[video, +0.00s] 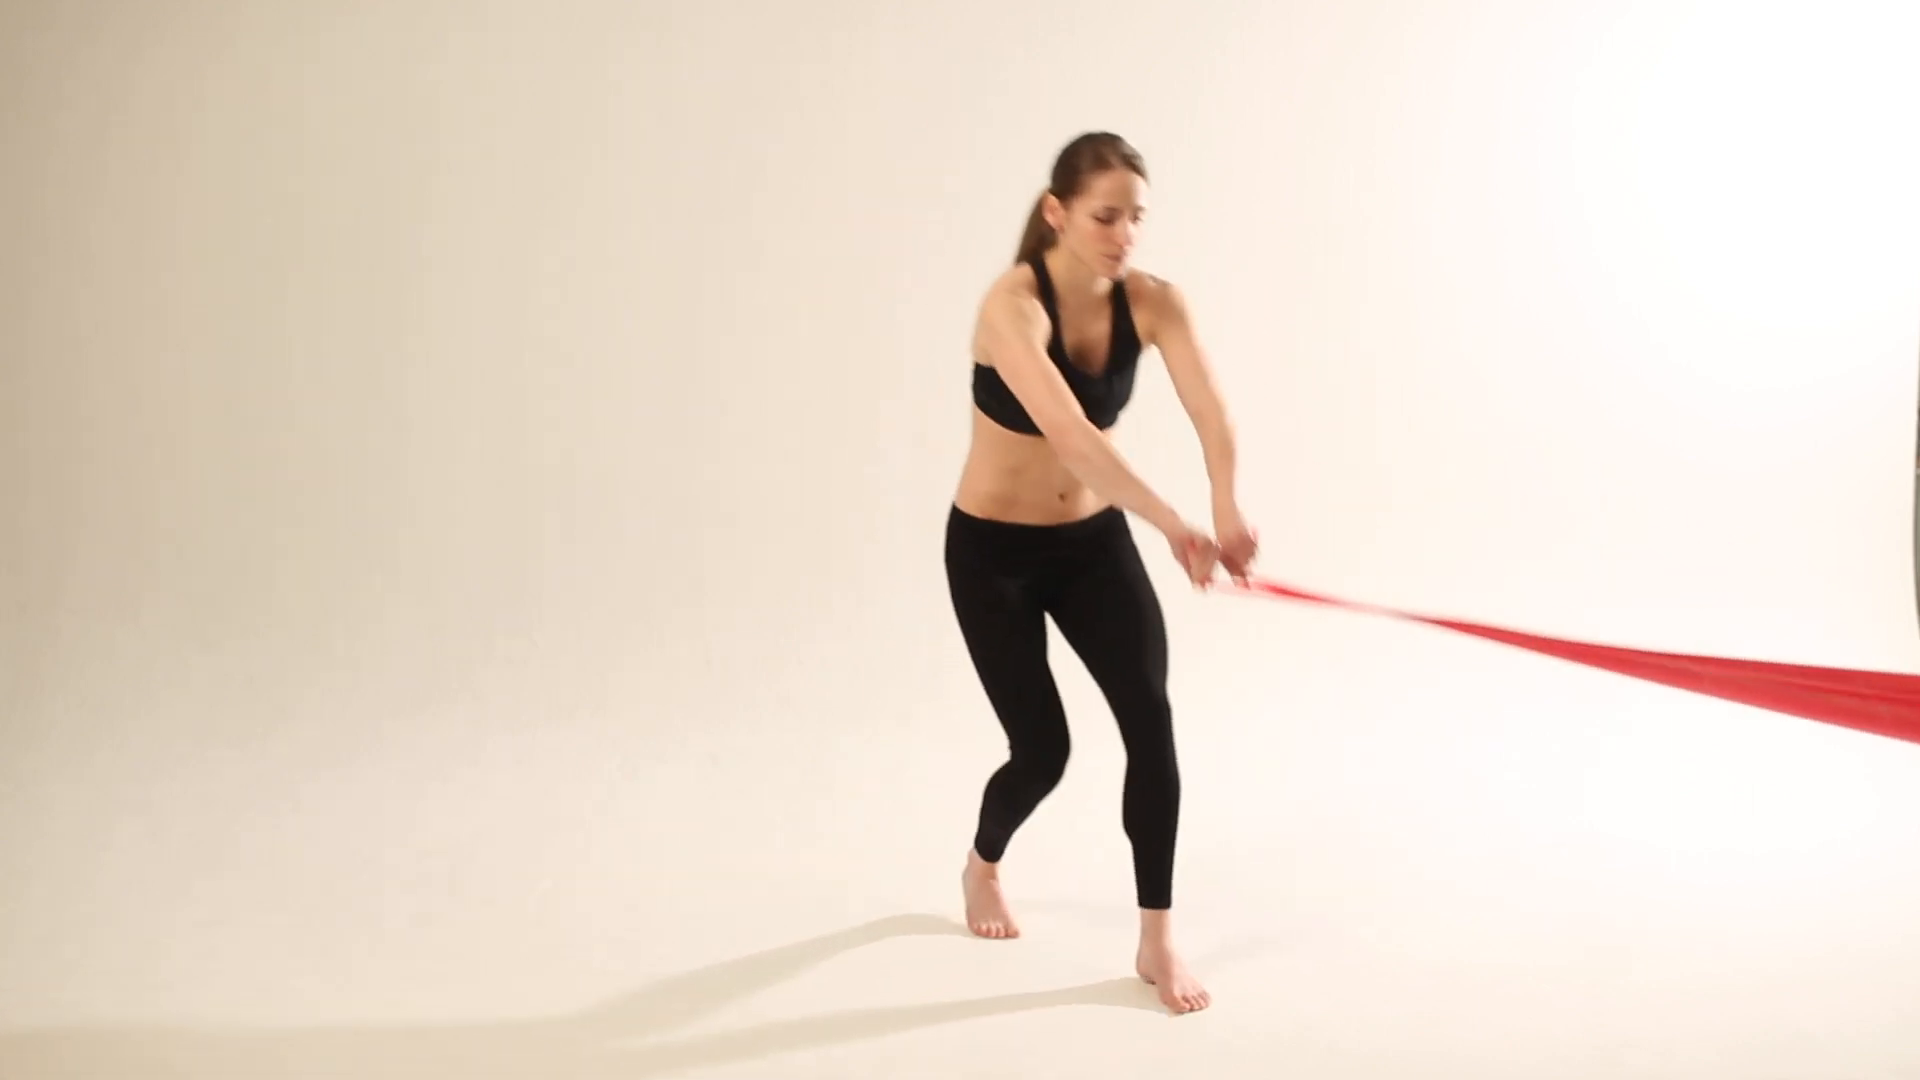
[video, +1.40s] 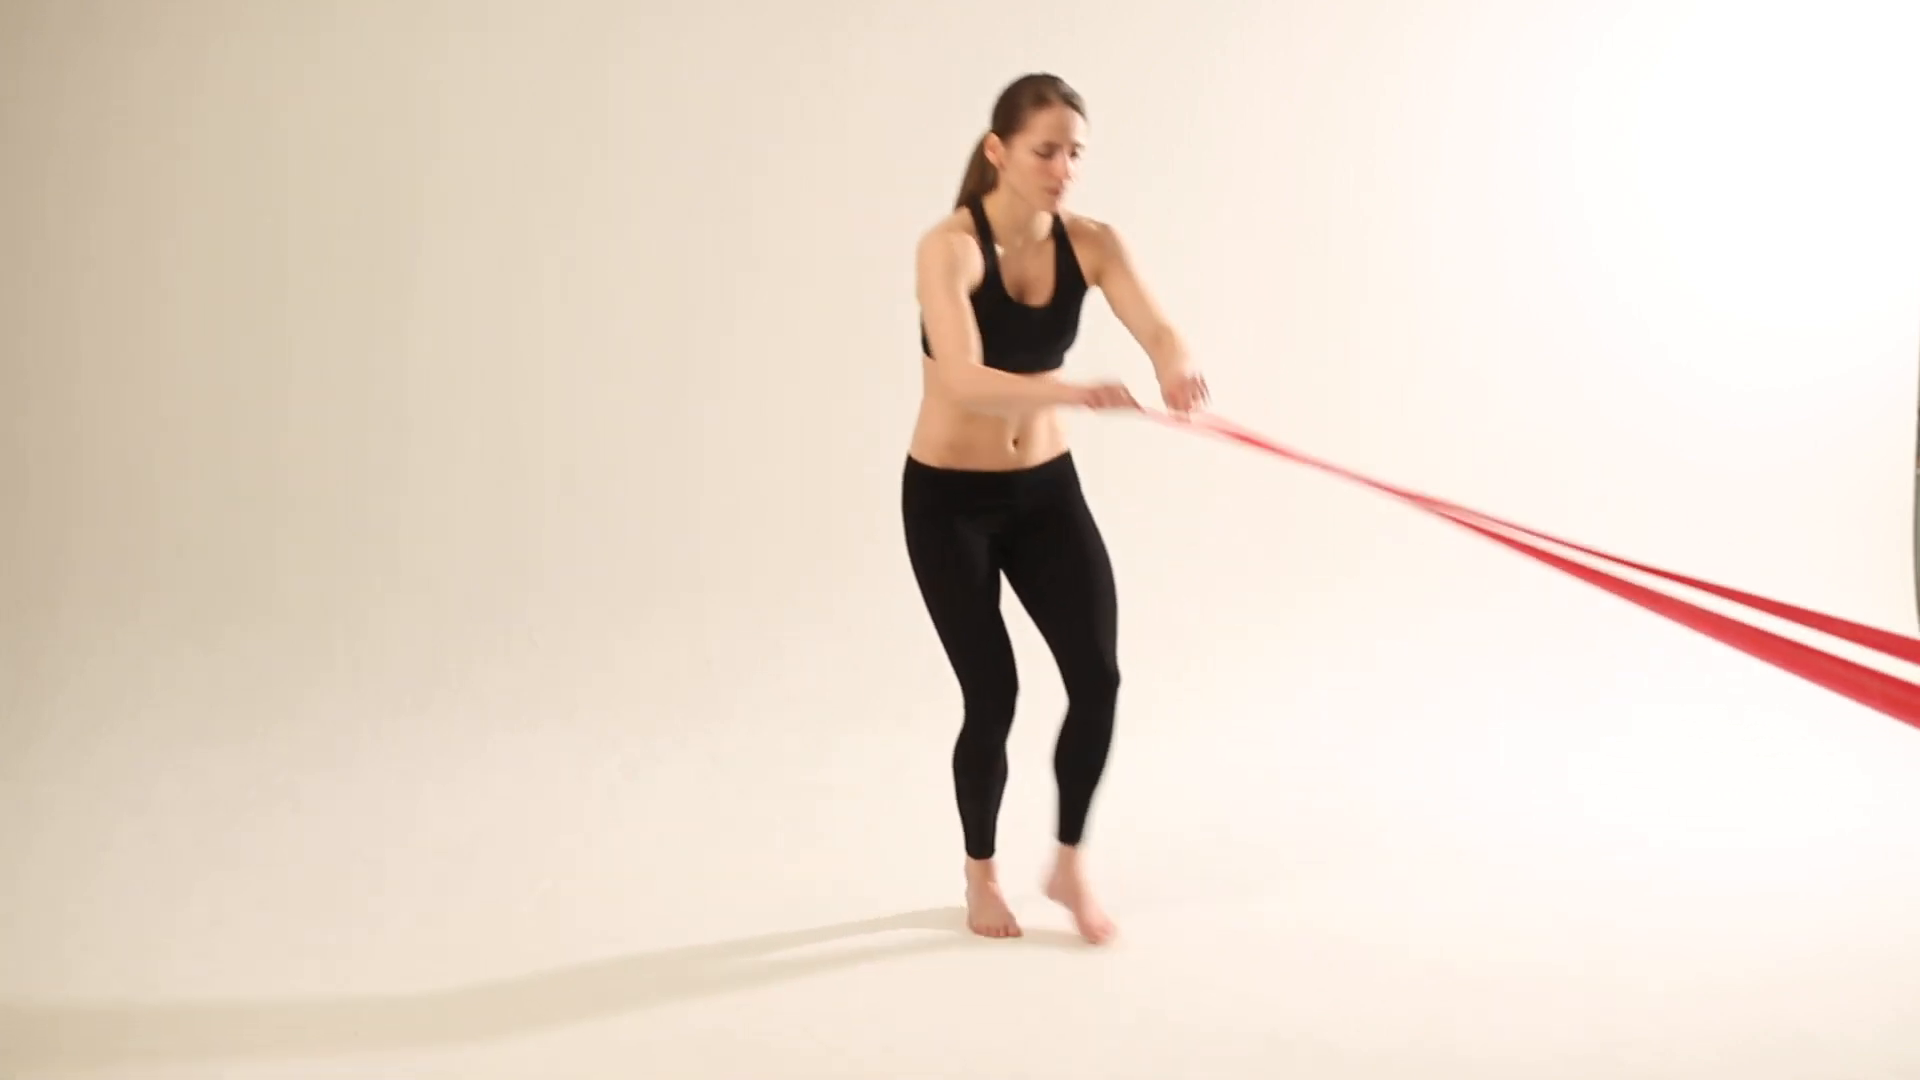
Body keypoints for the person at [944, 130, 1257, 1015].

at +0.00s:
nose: (1124, 231)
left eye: (1134, 214)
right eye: (1107, 213)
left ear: (1142, 219)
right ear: (1055, 211)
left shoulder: (1149, 300)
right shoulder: (1010, 307)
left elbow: (1210, 414)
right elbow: (1078, 445)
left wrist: (1226, 510)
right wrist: (1174, 526)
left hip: (1093, 546)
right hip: (992, 551)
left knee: (1150, 730)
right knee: (1043, 752)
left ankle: (1156, 939)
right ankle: (981, 863)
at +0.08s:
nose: (1160, 267)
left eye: (1170, 247)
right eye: (1142, 247)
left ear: (1179, 246)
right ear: (1089, 243)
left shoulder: (1180, 323)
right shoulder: (1042, 333)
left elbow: (1229, 451)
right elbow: (1109, 483)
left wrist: (1240, 567)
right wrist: (1198, 580)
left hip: (1110, 557)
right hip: (1011, 563)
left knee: (1166, 734)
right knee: (1062, 768)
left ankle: (1156, 941)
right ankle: (982, 854)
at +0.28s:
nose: (1229, 363)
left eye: (1239, 342)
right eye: (1212, 342)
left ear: (1249, 334)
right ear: (1157, 329)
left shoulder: (1247, 409)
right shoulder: (1102, 409)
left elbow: (1273, 549)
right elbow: (1163, 576)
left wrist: (1282, 684)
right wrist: (1243, 703)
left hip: (1136, 592)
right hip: (1039, 598)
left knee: (1198, 750)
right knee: (1085, 805)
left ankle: (1158, 942)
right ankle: (989, 850)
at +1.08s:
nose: (1191, 320)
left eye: (1200, 301)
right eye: (1173, 300)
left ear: (1207, 298)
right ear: (1118, 291)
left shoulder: (1206, 372)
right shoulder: (1065, 376)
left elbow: (1242, 500)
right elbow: (1129, 521)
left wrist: (1267, 617)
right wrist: (1215, 633)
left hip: (1115, 572)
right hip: (1015, 581)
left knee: (1176, 737)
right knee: (1064, 783)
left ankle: (1156, 942)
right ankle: (983, 854)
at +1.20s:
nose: (1138, 251)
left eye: (1149, 234)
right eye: (1121, 232)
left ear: (1158, 237)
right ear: (1070, 229)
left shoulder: (1159, 312)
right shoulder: (1018, 321)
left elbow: (1202, 426)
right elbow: (1084, 454)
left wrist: (1231, 529)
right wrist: (1177, 547)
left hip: (1085, 540)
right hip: (984, 544)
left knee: (1145, 720)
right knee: (1036, 742)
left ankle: (1162, 930)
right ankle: (984, 861)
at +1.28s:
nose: (1106, 209)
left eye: (1116, 192)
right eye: (1089, 192)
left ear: (1124, 197)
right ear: (1038, 190)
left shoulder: (1128, 277)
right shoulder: (986, 285)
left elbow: (1181, 382)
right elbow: (1038, 419)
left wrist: (1202, 465)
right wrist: (1145, 486)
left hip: (1066, 518)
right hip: (967, 522)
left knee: (1123, 707)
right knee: (1017, 718)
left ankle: (1151, 906)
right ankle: (984, 865)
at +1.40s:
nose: (1065, 168)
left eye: (1073, 152)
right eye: (1048, 151)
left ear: (1078, 157)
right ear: (996, 149)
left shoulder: (1088, 242)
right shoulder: (949, 249)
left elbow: (1155, 331)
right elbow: (961, 382)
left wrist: (1176, 374)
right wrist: (1067, 391)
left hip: (1045, 492)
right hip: (948, 499)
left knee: (1095, 679)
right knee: (991, 691)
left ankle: (1067, 861)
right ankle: (981, 872)